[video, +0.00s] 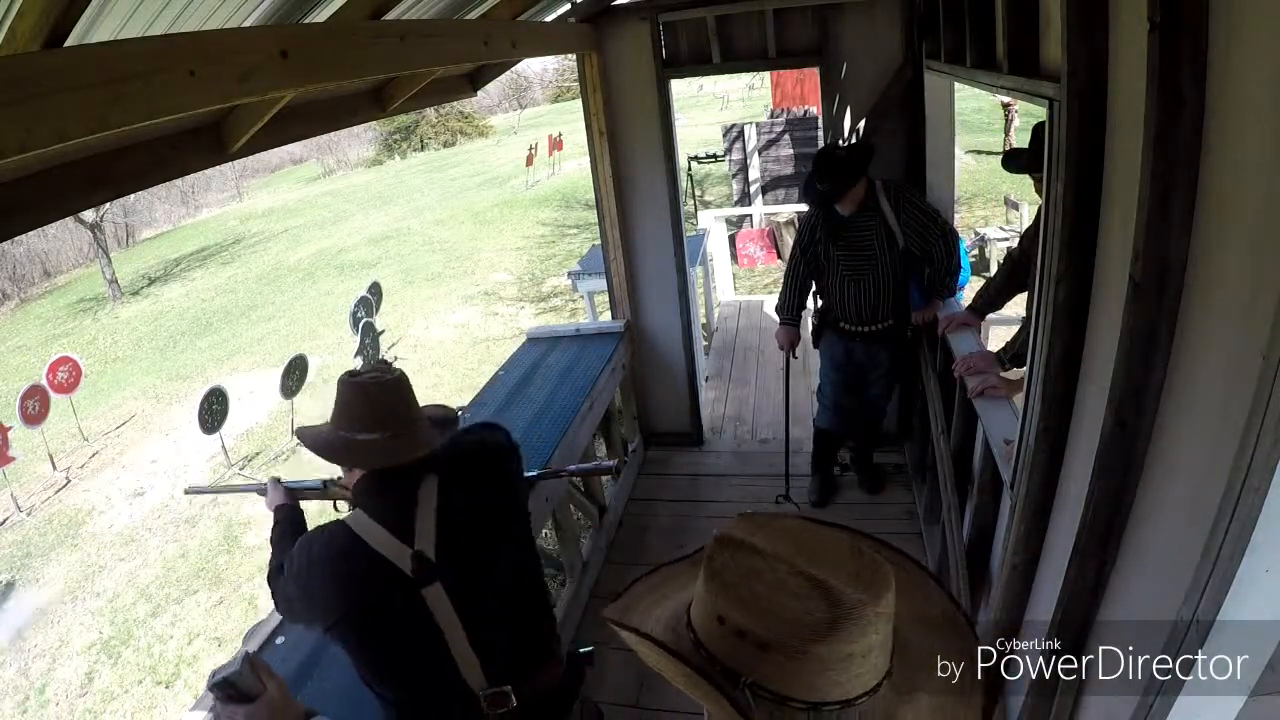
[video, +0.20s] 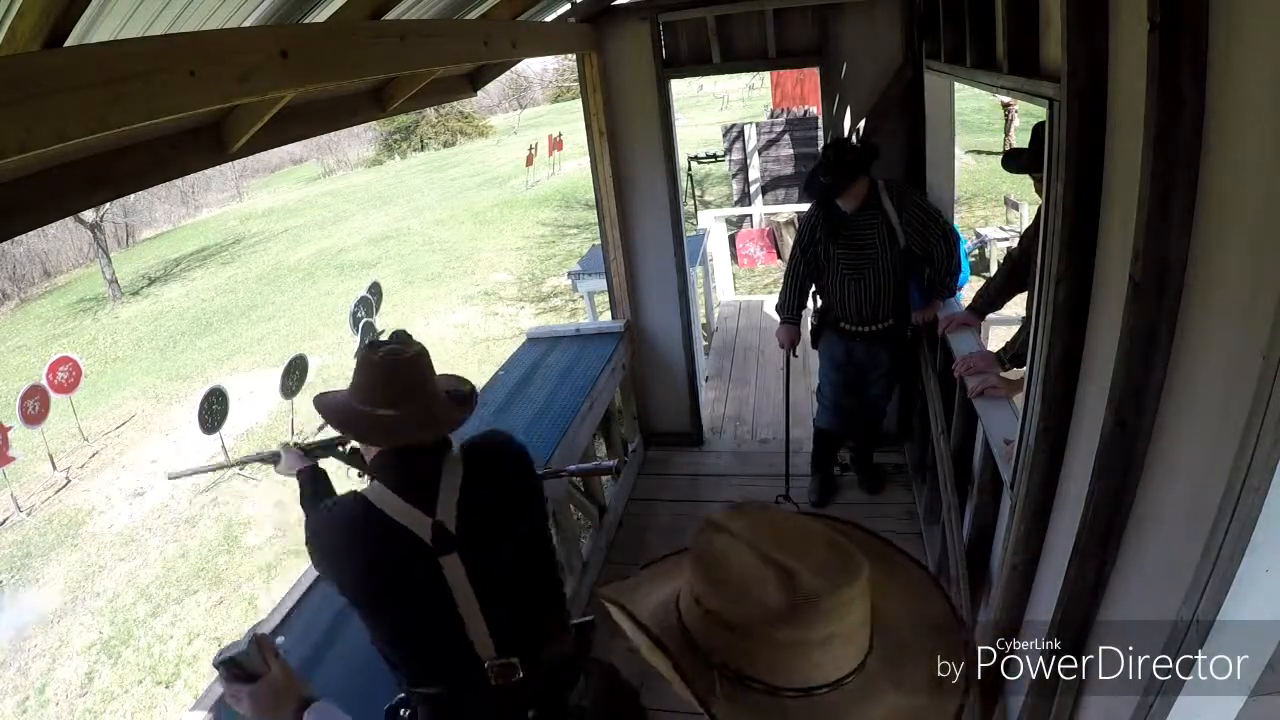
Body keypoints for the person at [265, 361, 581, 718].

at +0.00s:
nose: (342, 465)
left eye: (342, 457)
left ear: (351, 466)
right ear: (421, 435)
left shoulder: (325, 559)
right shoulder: (488, 464)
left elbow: (287, 591)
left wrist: (282, 510)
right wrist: (380, 476)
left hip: (435, 715)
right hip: (546, 685)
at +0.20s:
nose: (355, 437)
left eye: (357, 428)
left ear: (363, 434)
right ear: (442, 415)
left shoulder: (344, 531)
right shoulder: (504, 459)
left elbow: (322, 520)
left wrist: (306, 471)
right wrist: (385, 461)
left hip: (450, 703)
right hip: (552, 672)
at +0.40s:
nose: (415, 417)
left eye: (418, 409)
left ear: (425, 415)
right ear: (493, 397)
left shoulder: (402, 498)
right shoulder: (555, 447)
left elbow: (370, 553)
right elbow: (586, 543)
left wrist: (381, 463)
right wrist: (438, 458)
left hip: (496, 682)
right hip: (588, 649)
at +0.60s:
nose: (491, 374)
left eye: (490, 364)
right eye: (489, 364)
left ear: (503, 368)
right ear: (559, 352)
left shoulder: (485, 446)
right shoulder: (626, 403)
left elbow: (436, 531)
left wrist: (403, 475)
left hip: (563, 615)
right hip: (644, 586)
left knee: (545, 705)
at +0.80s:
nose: (513, 351)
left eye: (513, 342)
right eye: (511, 342)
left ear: (532, 342)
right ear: (573, 322)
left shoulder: (527, 404)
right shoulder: (636, 364)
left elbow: (452, 480)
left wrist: (390, 477)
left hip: (606, 561)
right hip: (677, 532)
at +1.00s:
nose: (497, 356)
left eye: (497, 347)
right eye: (495, 347)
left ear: (514, 350)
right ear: (554, 330)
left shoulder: (521, 407)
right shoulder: (617, 353)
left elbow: (460, 472)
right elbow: (662, 421)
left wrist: (394, 523)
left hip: (619, 534)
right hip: (683, 501)